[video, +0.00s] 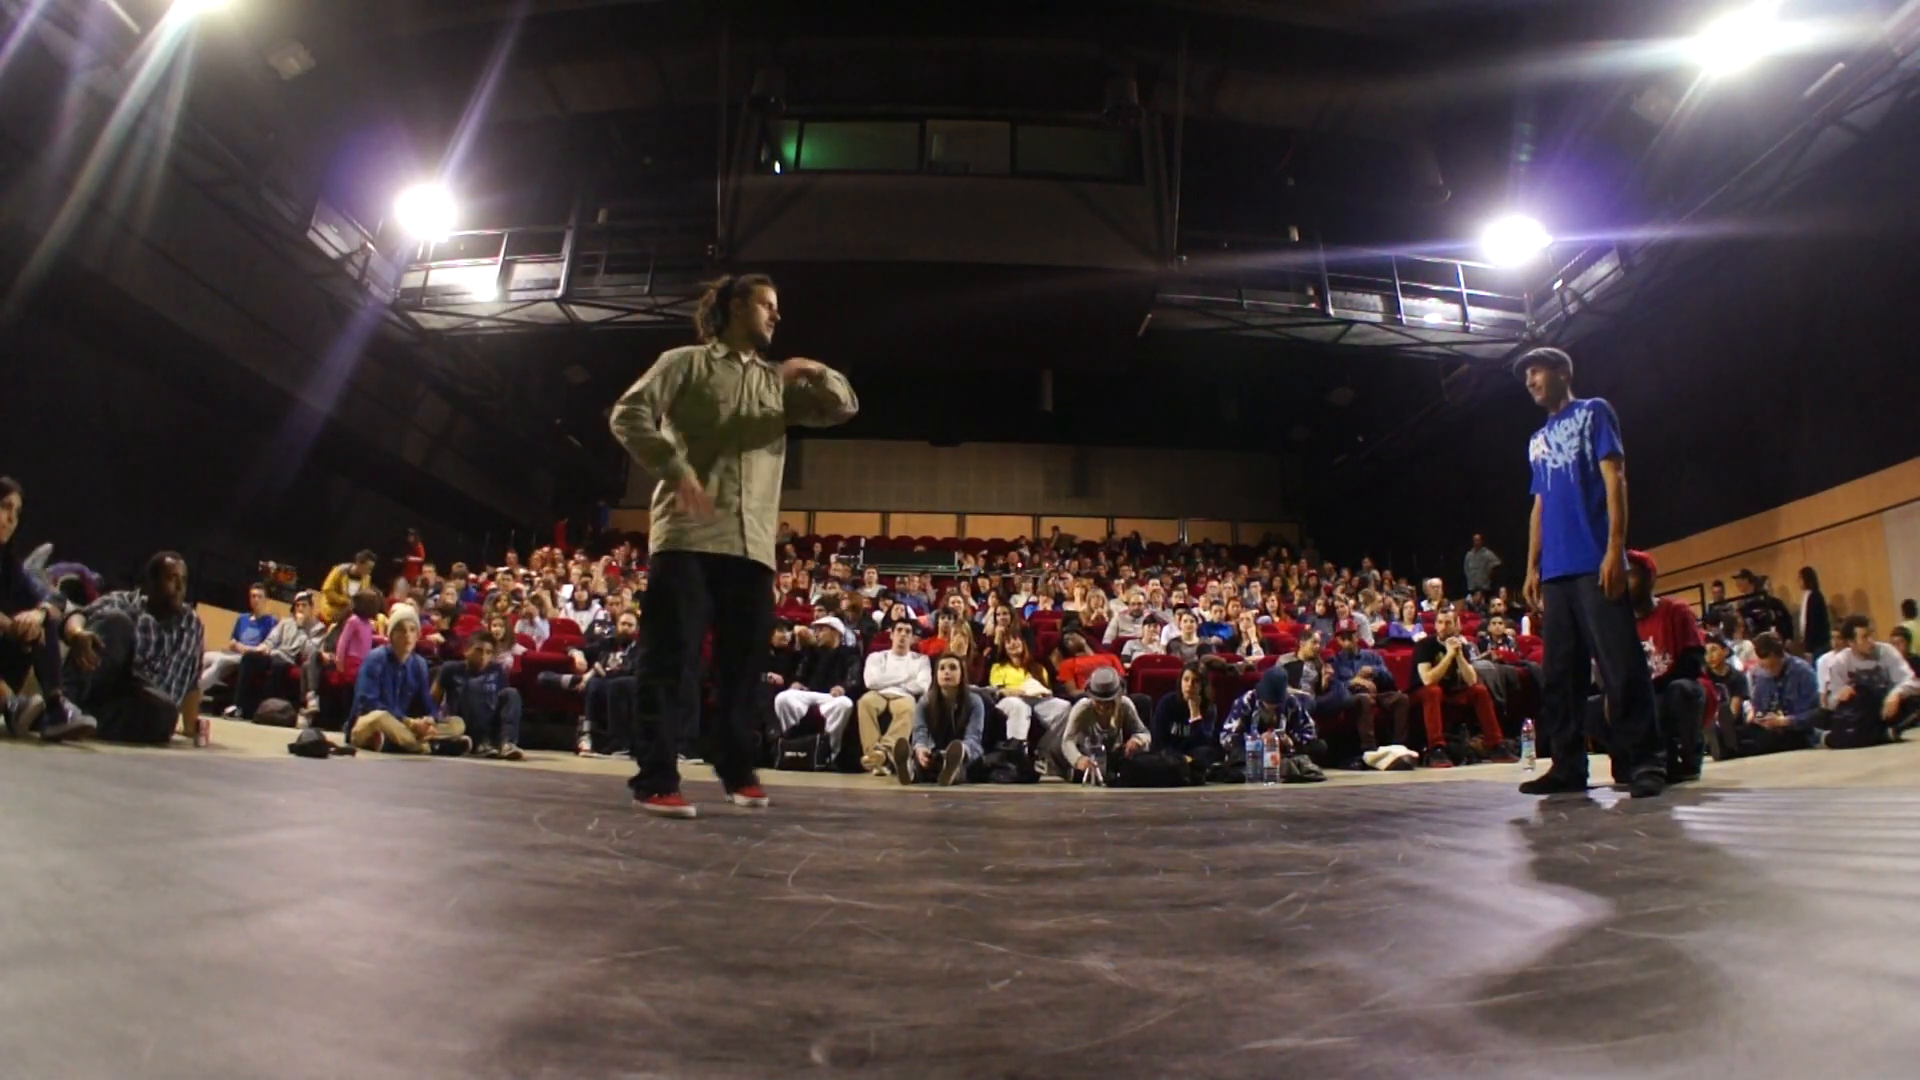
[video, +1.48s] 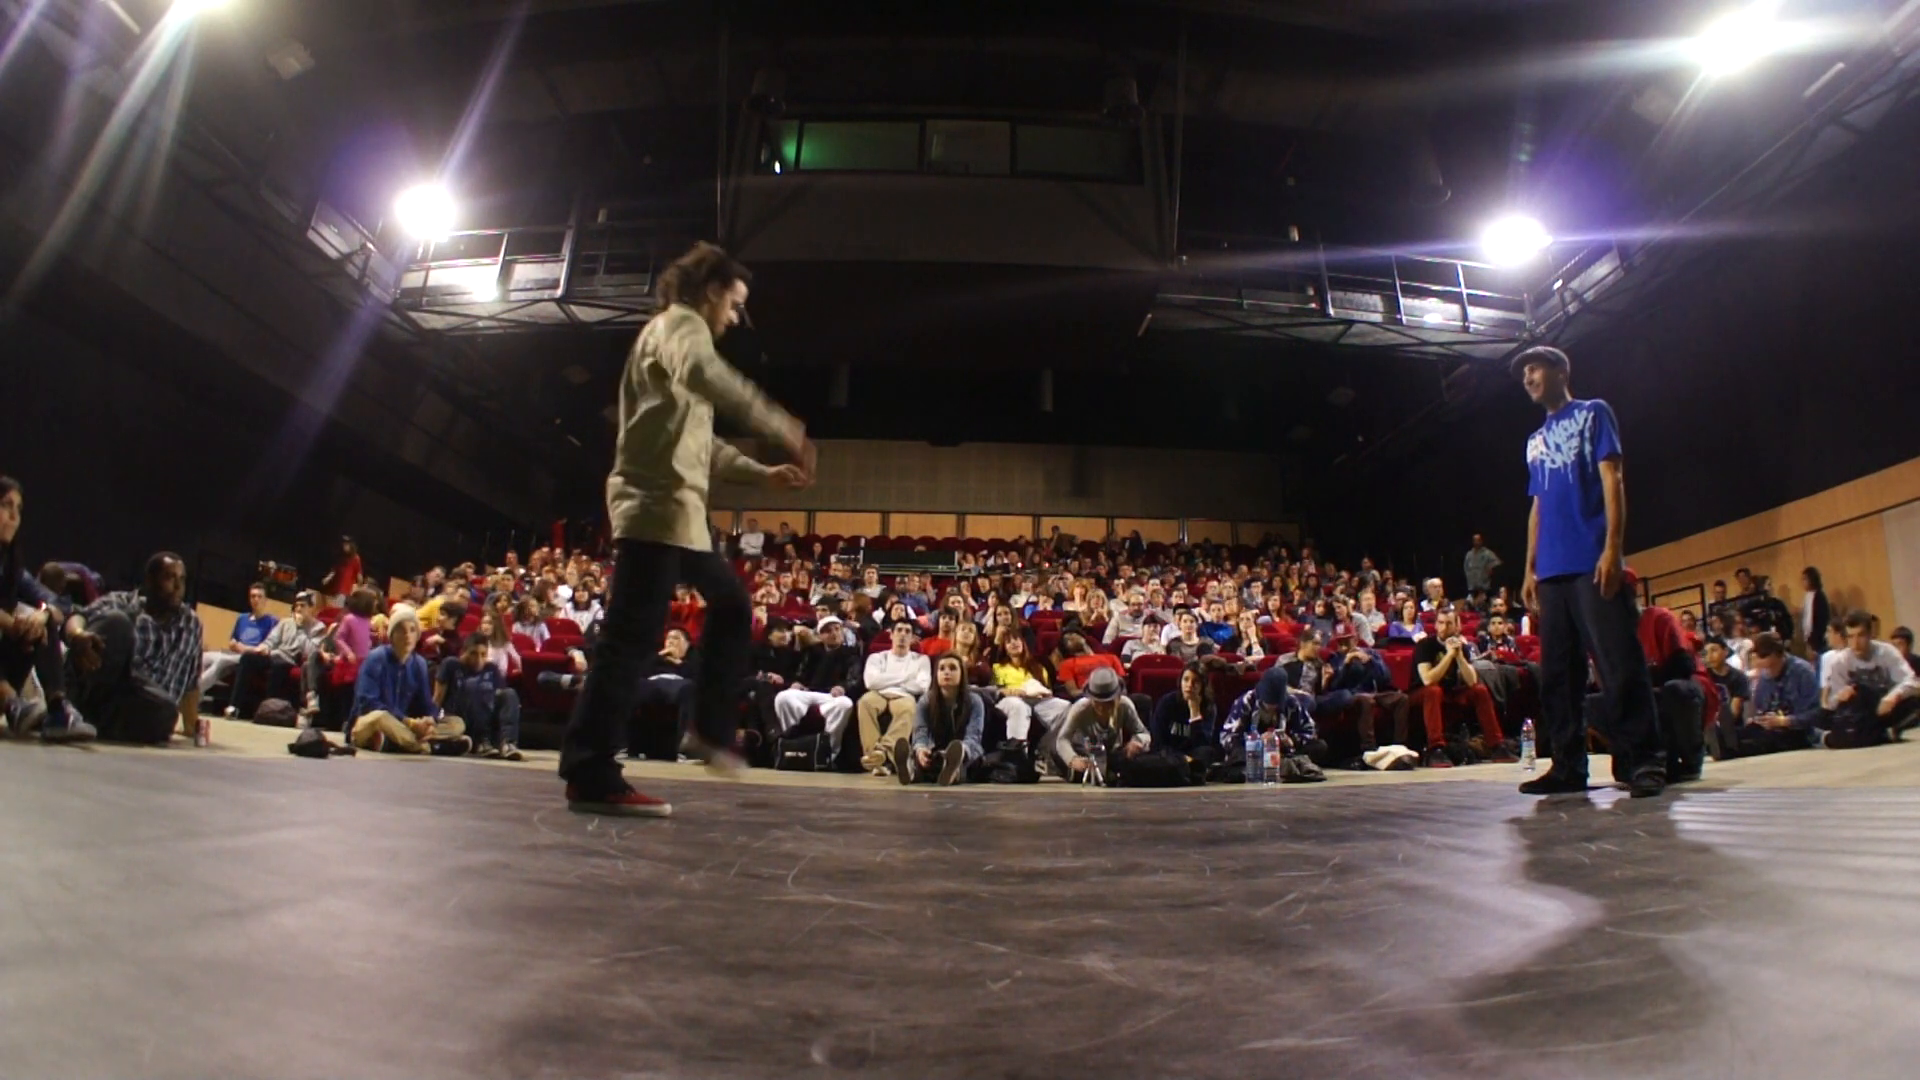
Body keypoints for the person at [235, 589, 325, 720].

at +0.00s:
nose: (300, 609)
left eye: (304, 605)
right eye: (297, 605)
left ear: (311, 608)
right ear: (294, 608)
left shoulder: (318, 629)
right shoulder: (285, 623)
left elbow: (308, 651)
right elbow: (271, 639)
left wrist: (301, 627)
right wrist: (266, 647)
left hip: (293, 661)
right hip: (274, 656)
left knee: (277, 665)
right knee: (249, 658)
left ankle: (268, 709)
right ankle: (239, 706)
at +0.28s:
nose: (300, 609)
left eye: (304, 606)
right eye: (298, 605)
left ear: (312, 609)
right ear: (294, 608)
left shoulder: (319, 628)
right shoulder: (286, 623)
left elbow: (309, 652)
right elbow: (271, 639)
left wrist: (301, 628)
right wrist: (265, 647)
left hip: (293, 661)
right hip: (274, 656)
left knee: (277, 665)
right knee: (248, 658)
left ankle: (269, 709)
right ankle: (234, 706)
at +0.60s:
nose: (301, 609)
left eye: (304, 606)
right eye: (298, 605)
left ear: (312, 608)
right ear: (294, 608)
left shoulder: (319, 628)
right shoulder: (285, 623)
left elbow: (309, 652)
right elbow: (271, 640)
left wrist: (300, 628)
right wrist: (264, 648)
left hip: (292, 661)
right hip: (273, 656)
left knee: (277, 666)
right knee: (248, 658)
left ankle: (271, 710)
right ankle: (234, 705)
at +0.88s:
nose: (301, 609)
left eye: (305, 606)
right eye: (298, 606)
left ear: (312, 609)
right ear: (294, 609)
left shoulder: (319, 628)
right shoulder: (285, 623)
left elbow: (309, 653)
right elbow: (271, 640)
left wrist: (301, 628)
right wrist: (264, 647)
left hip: (292, 661)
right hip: (273, 656)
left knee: (277, 667)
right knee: (248, 658)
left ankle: (270, 710)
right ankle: (234, 706)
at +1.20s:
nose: (300, 609)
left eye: (304, 606)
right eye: (298, 606)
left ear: (312, 608)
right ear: (294, 609)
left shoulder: (319, 628)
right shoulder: (285, 623)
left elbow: (309, 652)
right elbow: (271, 640)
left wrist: (301, 628)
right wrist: (264, 647)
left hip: (292, 661)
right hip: (273, 656)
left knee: (277, 666)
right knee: (248, 657)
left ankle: (269, 710)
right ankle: (234, 705)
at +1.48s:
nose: (298, 609)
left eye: (303, 606)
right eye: (297, 605)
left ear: (312, 609)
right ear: (294, 608)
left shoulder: (319, 628)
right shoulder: (285, 623)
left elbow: (309, 652)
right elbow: (271, 640)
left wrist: (300, 628)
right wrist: (264, 647)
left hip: (292, 661)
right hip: (273, 656)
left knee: (277, 667)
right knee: (248, 657)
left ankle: (270, 710)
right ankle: (234, 706)